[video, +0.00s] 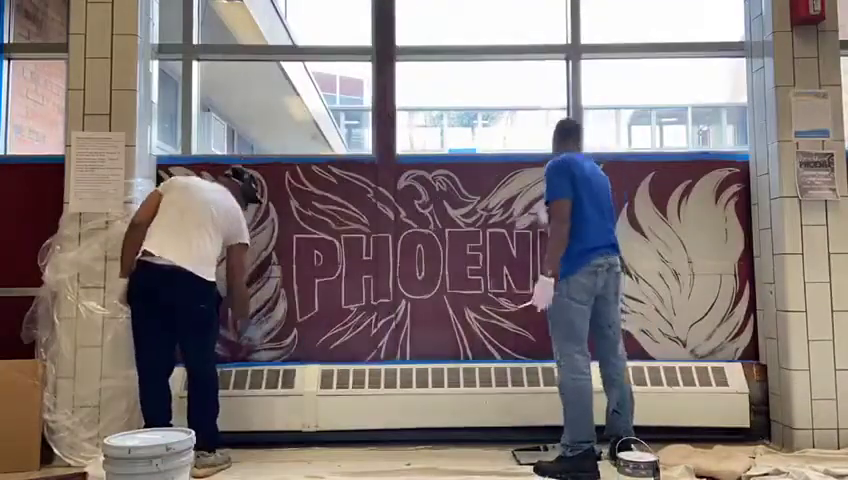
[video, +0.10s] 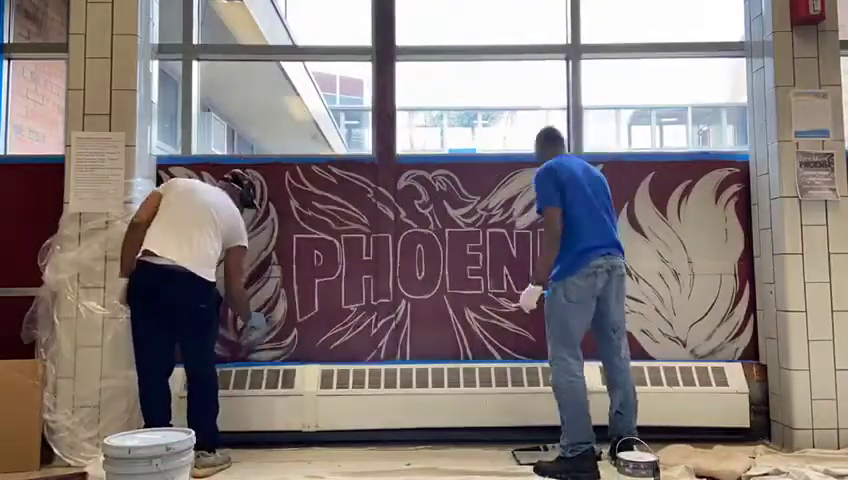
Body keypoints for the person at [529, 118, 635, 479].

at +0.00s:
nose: (556, 149)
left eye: (554, 142)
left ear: (555, 142)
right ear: (580, 142)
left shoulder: (559, 165)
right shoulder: (596, 170)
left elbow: (560, 223)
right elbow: (598, 221)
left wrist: (547, 276)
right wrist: (548, 219)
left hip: (577, 272)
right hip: (610, 268)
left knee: (572, 358)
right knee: (612, 353)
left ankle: (578, 450)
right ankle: (621, 435)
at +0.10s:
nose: (538, 160)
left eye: (537, 154)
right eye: (541, 153)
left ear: (540, 151)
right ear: (564, 146)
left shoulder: (547, 171)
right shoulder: (594, 172)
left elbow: (554, 227)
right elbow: (608, 221)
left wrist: (538, 282)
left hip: (577, 269)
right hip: (615, 264)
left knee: (565, 357)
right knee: (616, 350)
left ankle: (578, 451)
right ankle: (625, 434)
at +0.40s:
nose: (564, 144)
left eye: (561, 138)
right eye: (576, 138)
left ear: (559, 138)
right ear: (586, 139)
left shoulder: (555, 170)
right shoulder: (600, 171)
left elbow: (550, 226)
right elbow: (607, 222)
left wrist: (533, 275)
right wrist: (608, 255)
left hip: (569, 270)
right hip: (605, 267)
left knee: (566, 359)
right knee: (611, 354)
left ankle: (574, 450)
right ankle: (621, 435)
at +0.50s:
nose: (531, 149)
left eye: (531, 143)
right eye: (538, 142)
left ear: (533, 142)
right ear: (560, 140)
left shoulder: (543, 170)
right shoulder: (577, 167)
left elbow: (548, 228)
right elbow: (576, 218)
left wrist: (531, 282)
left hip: (566, 271)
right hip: (598, 265)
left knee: (563, 358)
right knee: (604, 349)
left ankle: (573, 451)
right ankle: (620, 434)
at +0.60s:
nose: (540, 269)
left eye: (535, 263)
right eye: (535, 265)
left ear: (521, 245)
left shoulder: (530, 233)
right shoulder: (571, 225)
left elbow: (558, 263)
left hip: (601, 269)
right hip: (639, 264)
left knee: (577, 359)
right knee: (625, 359)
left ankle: (574, 450)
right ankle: (628, 438)